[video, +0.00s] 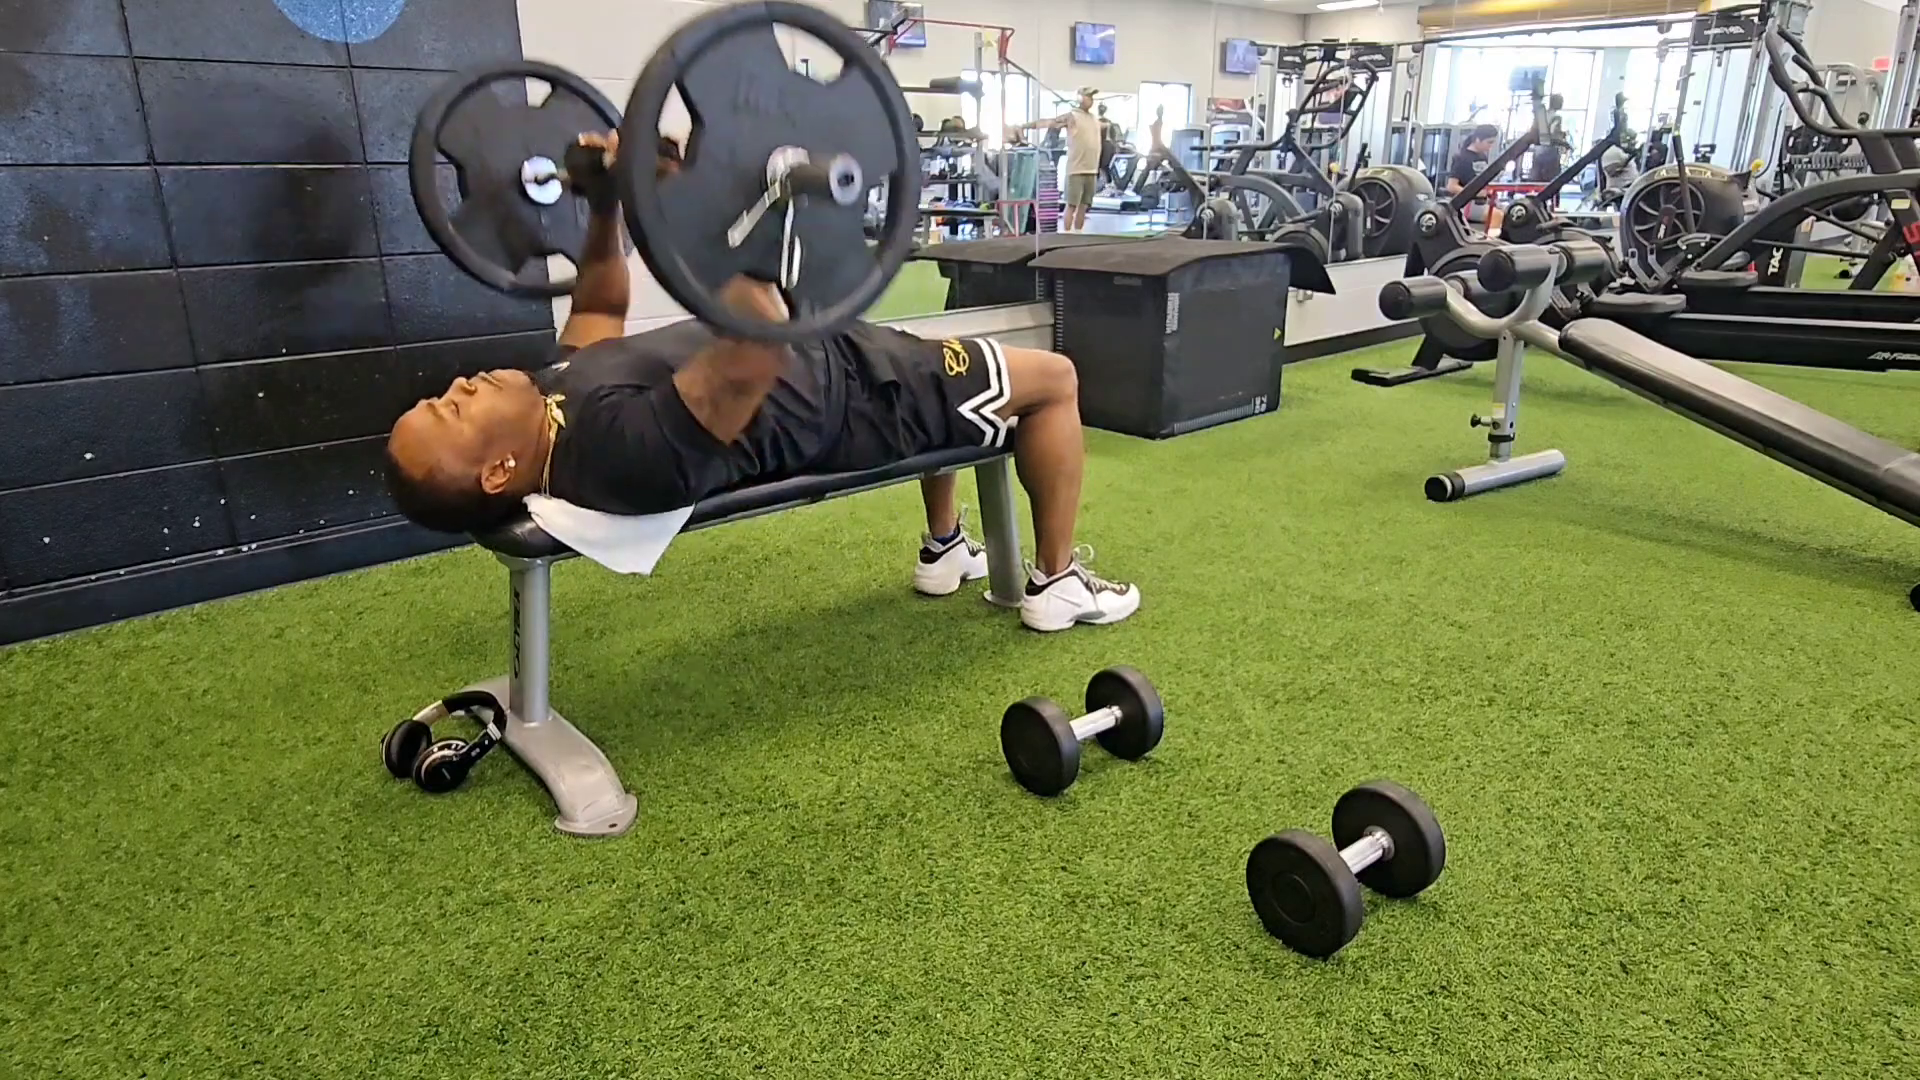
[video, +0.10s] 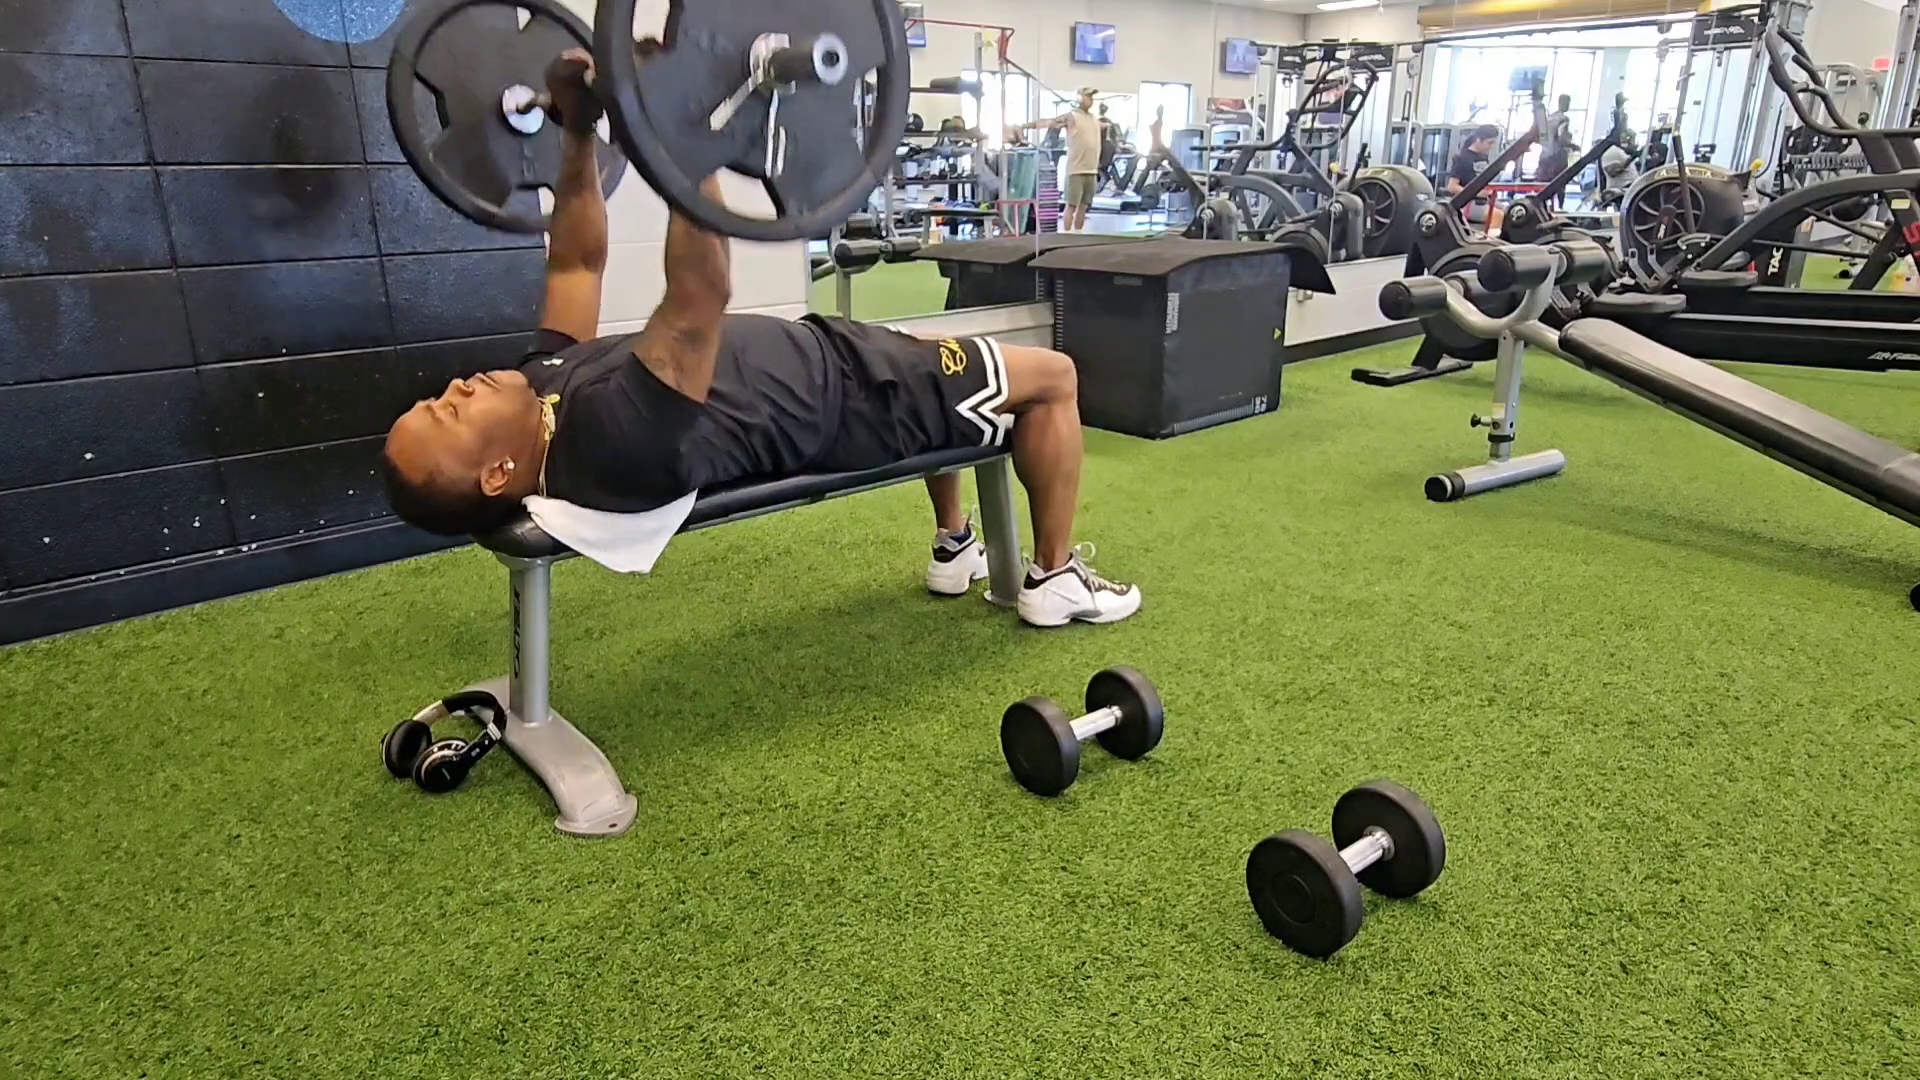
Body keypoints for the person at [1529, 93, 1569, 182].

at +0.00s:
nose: (1561, 104)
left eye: (1561, 102)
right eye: (1561, 102)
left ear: (1551, 102)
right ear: (1558, 103)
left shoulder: (1541, 115)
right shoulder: (1556, 117)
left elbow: (1533, 131)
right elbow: (1554, 133)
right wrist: (1565, 143)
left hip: (1539, 148)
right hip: (1551, 148)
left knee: (1536, 175)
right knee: (1551, 176)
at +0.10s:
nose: (1568, 106)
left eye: (1568, 103)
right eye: (1567, 103)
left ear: (1559, 103)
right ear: (1564, 104)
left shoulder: (1550, 117)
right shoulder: (1563, 119)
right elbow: (1561, 138)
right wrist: (1573, 146)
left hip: (1545, 154)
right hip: (1558, 154)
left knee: (1543, 179)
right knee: (1559, 180)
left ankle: (1541, 204)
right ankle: (1559, 207)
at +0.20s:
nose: (1574, 105)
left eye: (1573, 102)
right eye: (1573, 102)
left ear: (1565, 102)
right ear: (1573, 103)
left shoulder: (1557, 117)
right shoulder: (1570, 118)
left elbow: (1555, 136)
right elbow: (1569, 140)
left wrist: (1573, 135)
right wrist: (1580, 145)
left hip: (1552, 153)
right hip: (1564, 154)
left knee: (1550, 180)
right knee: (1564, 181)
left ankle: (1550, 206)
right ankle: (1561, 207)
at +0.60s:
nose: (1595, 104)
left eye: (1594, 101)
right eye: (1594, 101)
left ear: (1585, 101)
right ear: (1593, 102)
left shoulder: (1577, 115)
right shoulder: (1592, 117)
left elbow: (1570, 133)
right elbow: (1590, 133)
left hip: (1571, 150)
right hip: (1581, 151)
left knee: (1573, 179)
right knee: (1578, 179)